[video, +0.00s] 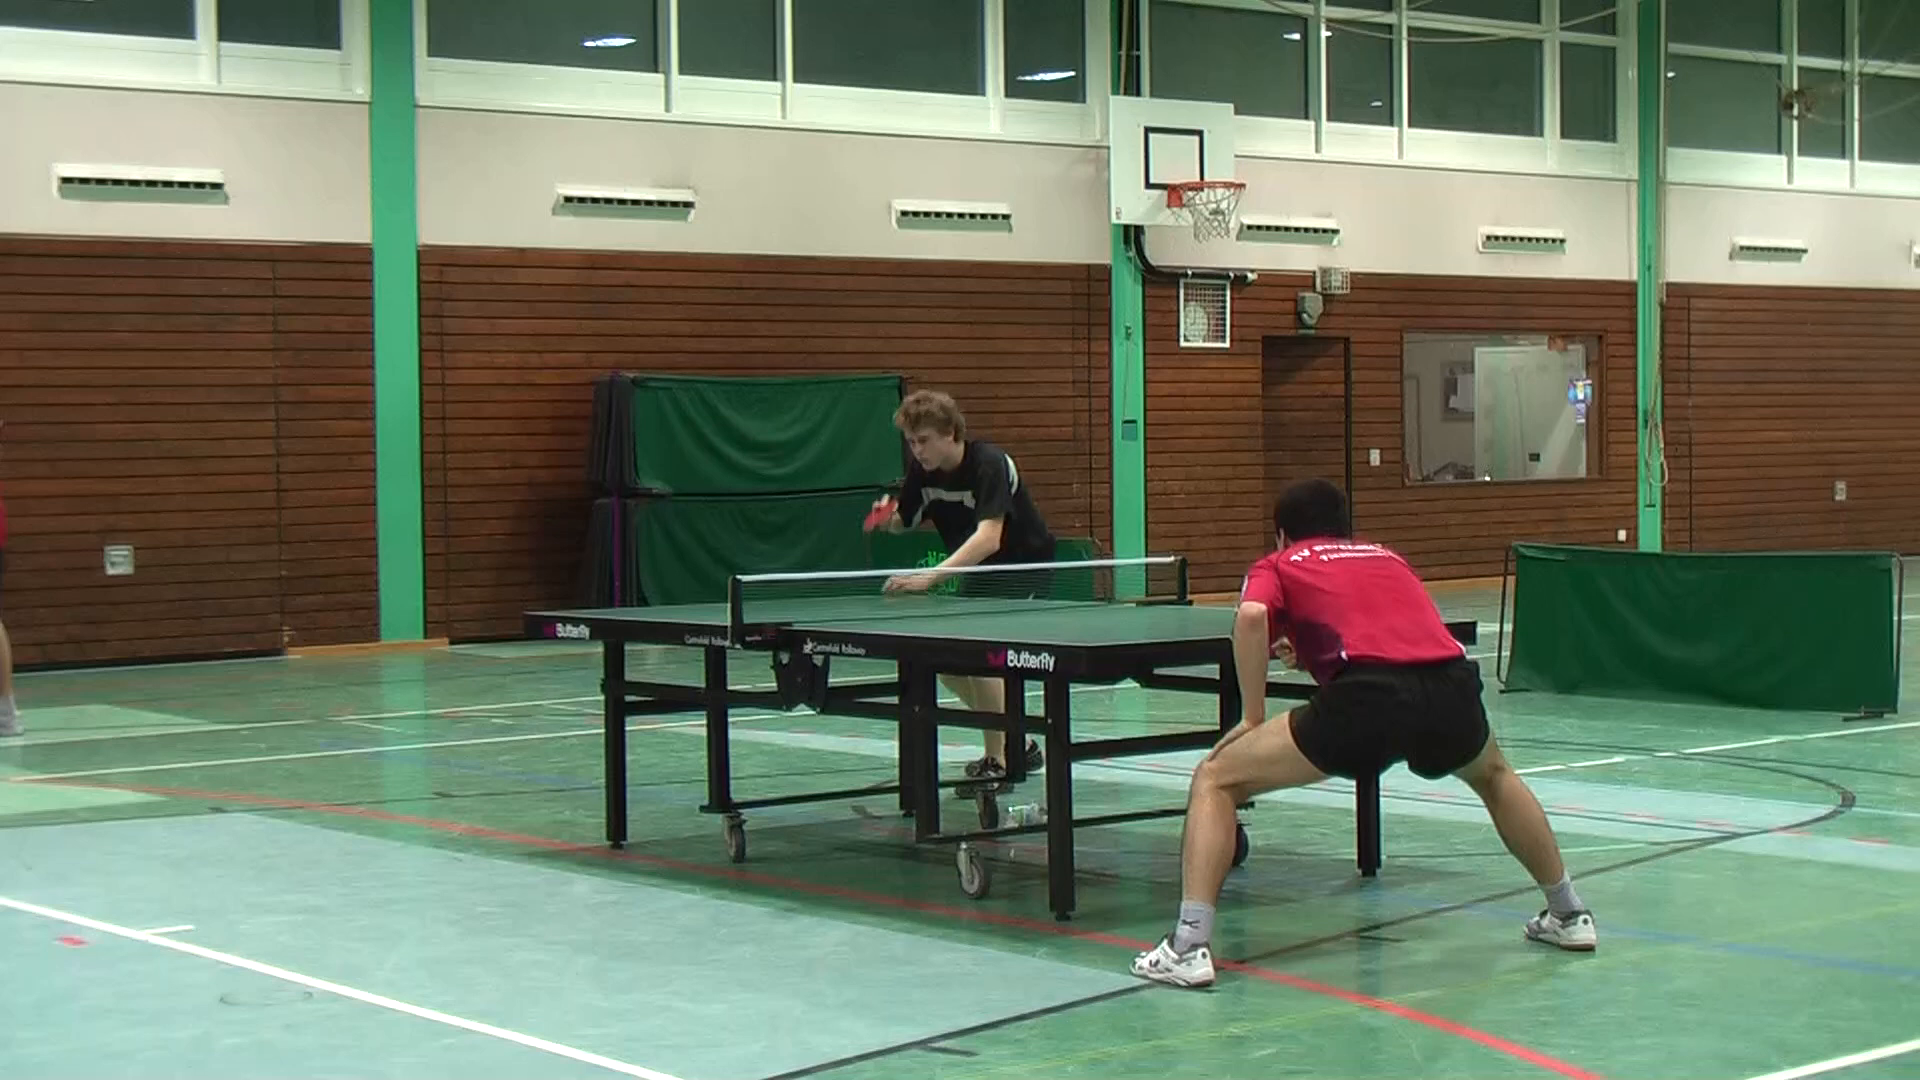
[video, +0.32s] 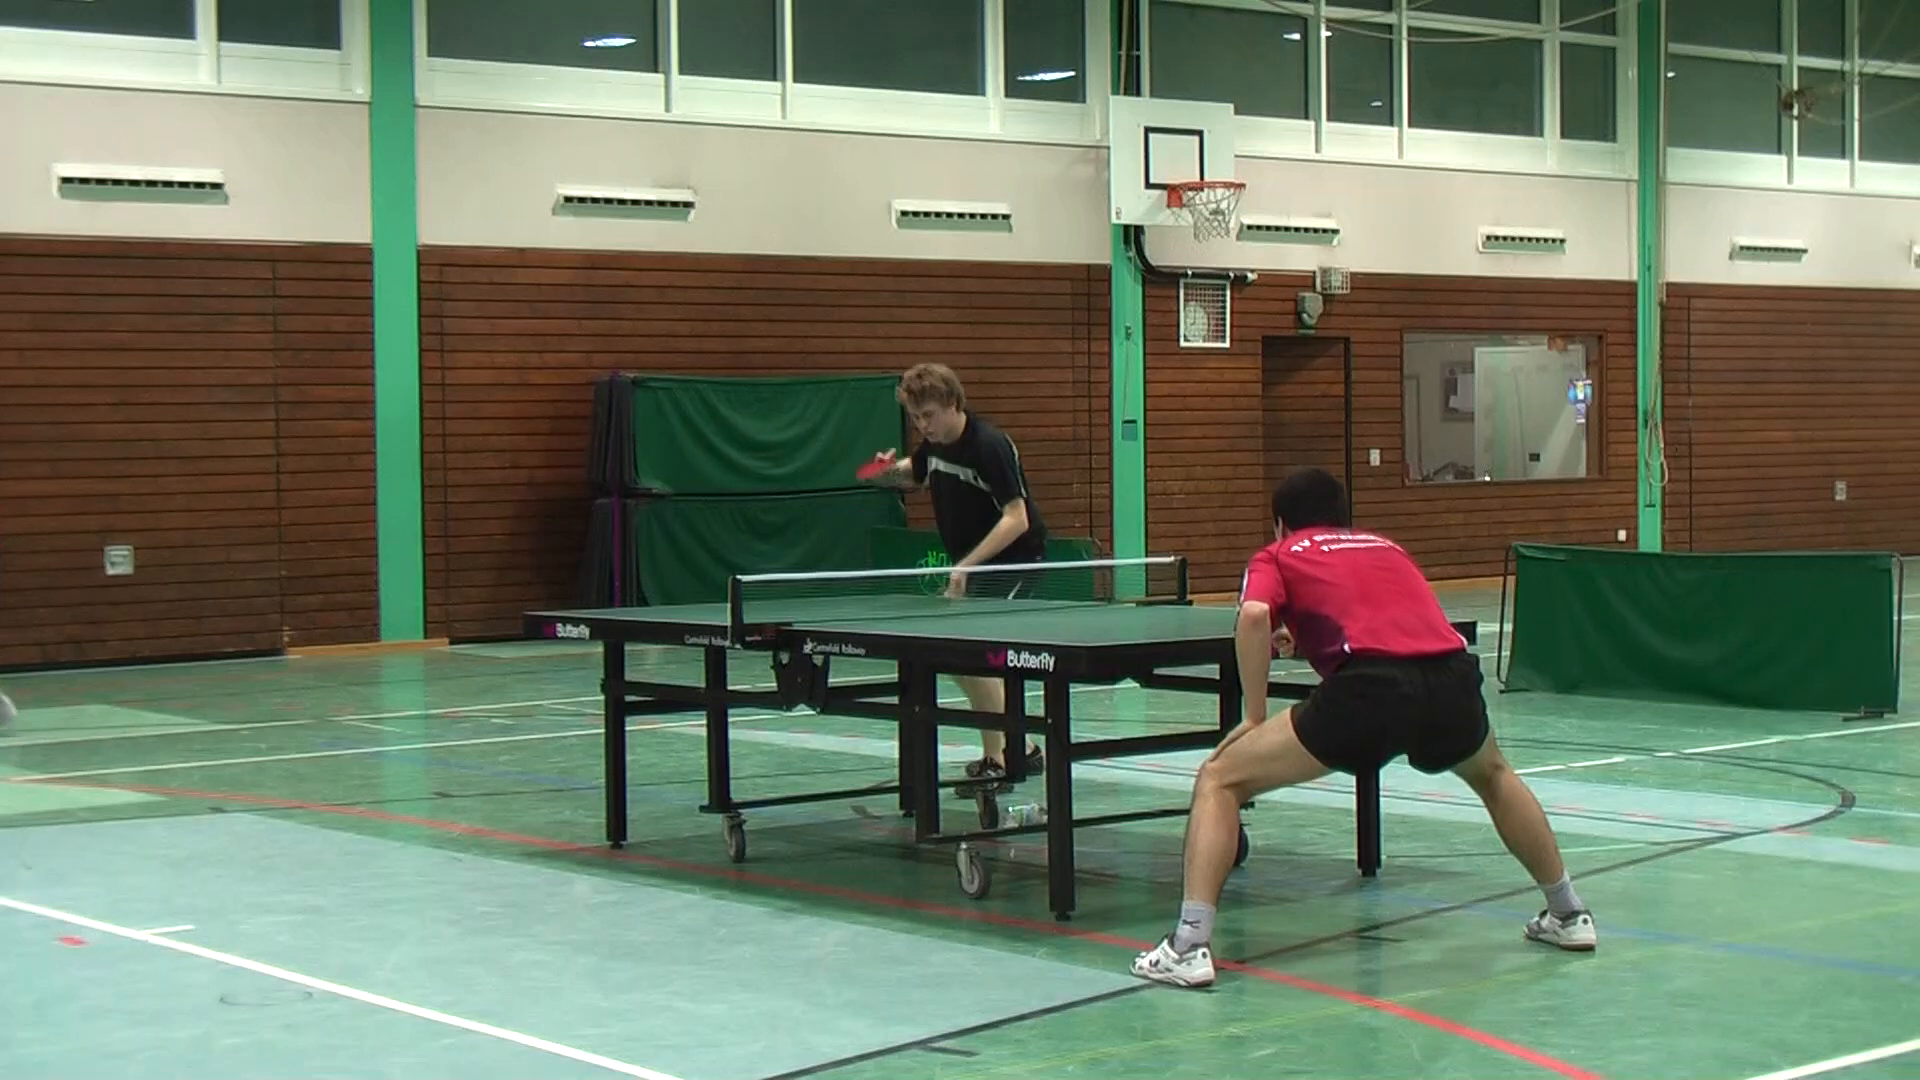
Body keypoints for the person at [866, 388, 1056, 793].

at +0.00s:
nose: (916, 451)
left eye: (922, 440)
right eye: (911, 443)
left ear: (950, 434)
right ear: (909, 441)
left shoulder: (989, 461)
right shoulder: (922, 468)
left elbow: (989, 537)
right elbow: (905, 520)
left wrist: (931, 575)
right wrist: (886, 519)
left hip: (1024, 573)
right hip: (977, 575)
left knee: (980, 659)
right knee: (947, 659)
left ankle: (997, 758)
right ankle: (1018, 745)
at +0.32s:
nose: (921, 426)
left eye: (928, 415)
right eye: (916, 418)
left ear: (954, 405)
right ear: (913, 414)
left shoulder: (991, 445)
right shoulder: (931, 443)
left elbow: (1017, 518)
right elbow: (916, 474)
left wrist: (965, 565)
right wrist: (889, 472)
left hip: (1015, 564)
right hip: (974, 565)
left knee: (964, 649)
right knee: (957, 650)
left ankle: (1008, 752)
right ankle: (1002, 752)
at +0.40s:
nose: (919, 421)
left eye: (924, 411)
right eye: (914, 414)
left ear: (951, 401)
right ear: (913, 409)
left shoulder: (987, 439)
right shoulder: (936, 434)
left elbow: (1013, 511)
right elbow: (925, 450)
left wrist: (953, 543)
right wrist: (893, 450)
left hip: (1010, 561)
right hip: (973, 561)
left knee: (975, 650)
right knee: (977, 652)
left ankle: (994, 756)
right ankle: (1016, 746)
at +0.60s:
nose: (903, 414)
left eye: (907, 407)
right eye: (900, 408)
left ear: (935, 396)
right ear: (913, 405)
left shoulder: (979, 431)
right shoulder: (925, 425)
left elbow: (1020, 496)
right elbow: (908, 430)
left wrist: (958, 514)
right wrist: (868, 432)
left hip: (1006, 554)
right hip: (968, 552)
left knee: (976, 651)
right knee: (988, 650)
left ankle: (982, 754)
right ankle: (1020, 745)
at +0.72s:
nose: (894, 415)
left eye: (900, 406)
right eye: (891, 407)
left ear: (927, 398)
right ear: (897, 404)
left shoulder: (977, 432)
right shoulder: (910, 432)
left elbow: (1027, 487)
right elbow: (887, 452)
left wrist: (988, 526)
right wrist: (838, 453)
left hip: (1002, 558)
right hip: (959, 557)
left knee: (979, 652)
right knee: (983, 652)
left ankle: (982, 756)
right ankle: (1018, 745)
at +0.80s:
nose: (891, 415)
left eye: (896, 406)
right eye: (887, 407)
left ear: (924, 399)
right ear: (893, 404)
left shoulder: (975, 430)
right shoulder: (899, 438)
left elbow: (1029, 483)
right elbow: (876, 480)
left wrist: (998, 523)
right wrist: (825, 484)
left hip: (996, 560)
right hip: (954, 561)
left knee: (979, 655)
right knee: (981, 656)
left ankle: (983, 756)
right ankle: (1016, 747)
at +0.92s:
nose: (893, 410)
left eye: (900, 402)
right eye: (889, 401)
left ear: (926, 395)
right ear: (888, 397)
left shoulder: (970, 425)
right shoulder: (888, 438)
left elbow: (1027, 473)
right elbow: (883, 503)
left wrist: (1005, 490)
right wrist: (872, 527)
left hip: (986, 558)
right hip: (938, 561)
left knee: (976, 653)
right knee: (978, 654)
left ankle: (982, 755)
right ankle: (998, 744)